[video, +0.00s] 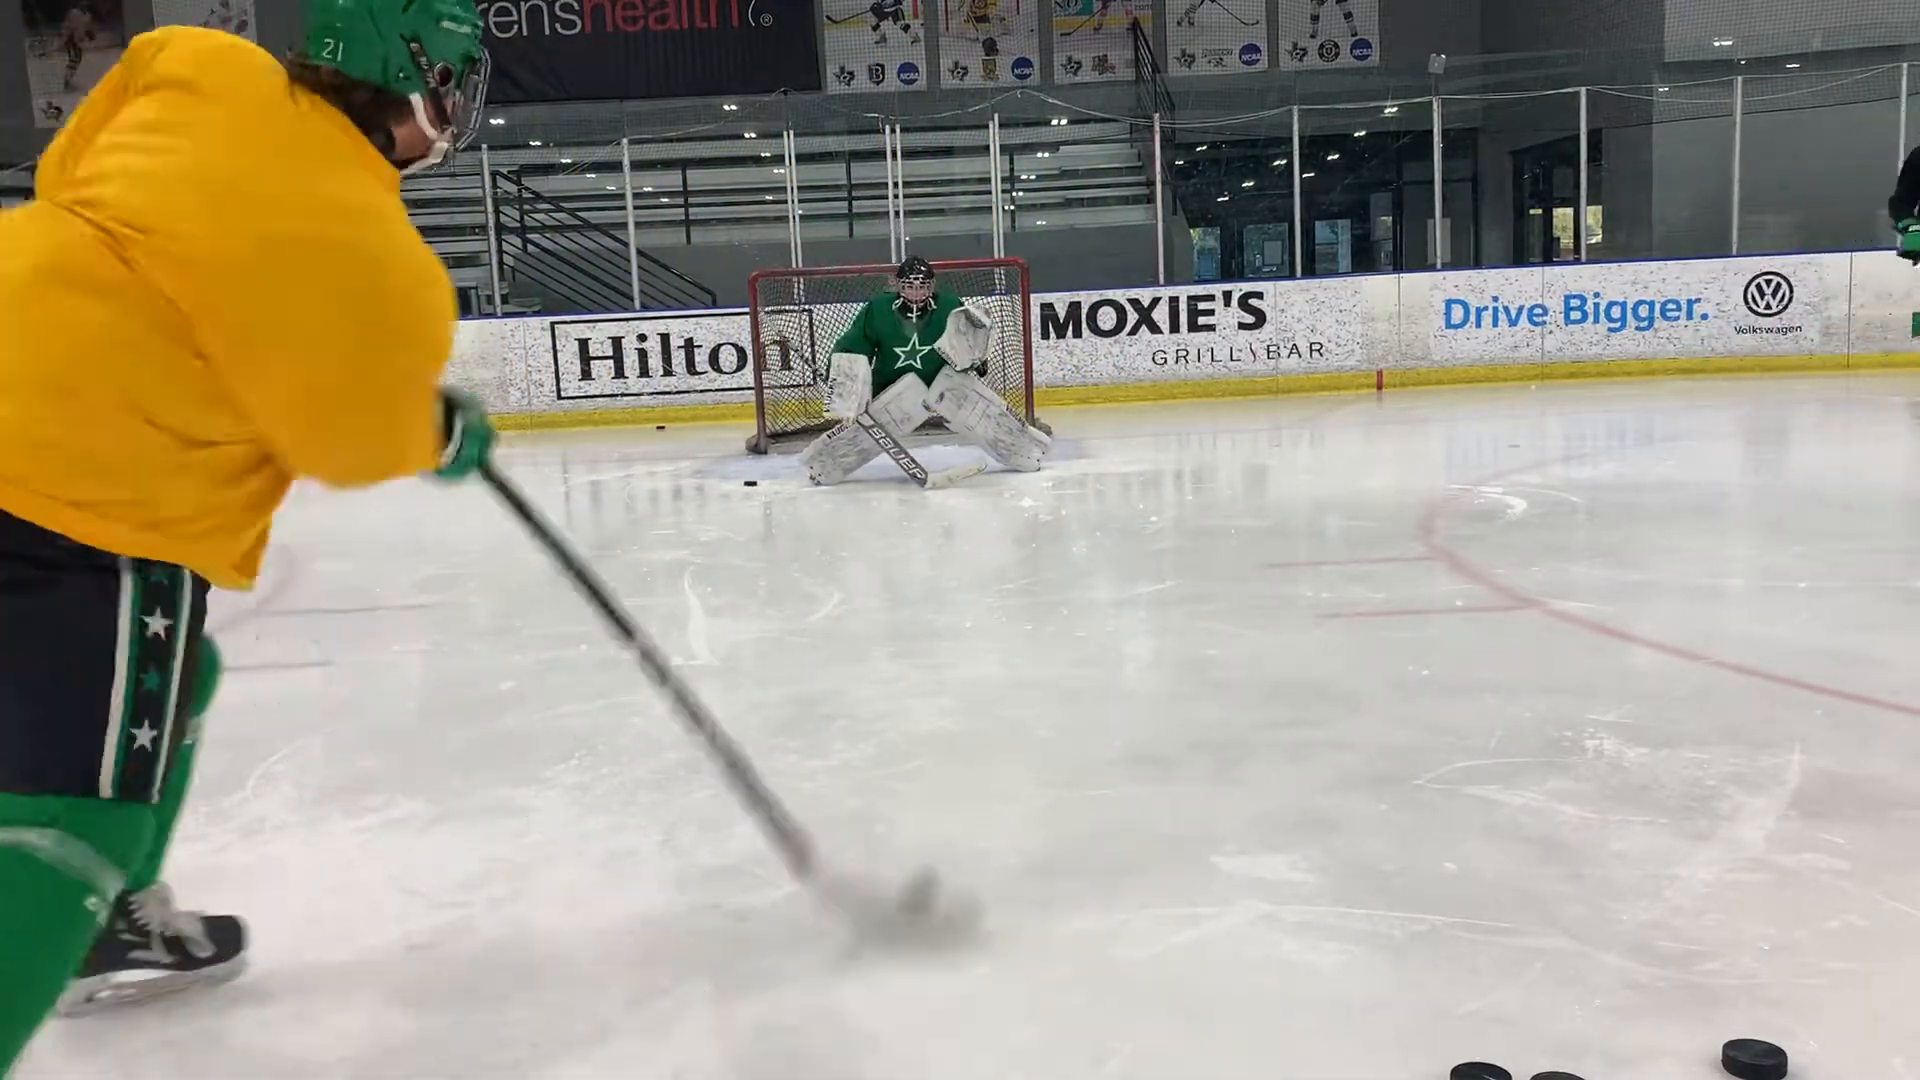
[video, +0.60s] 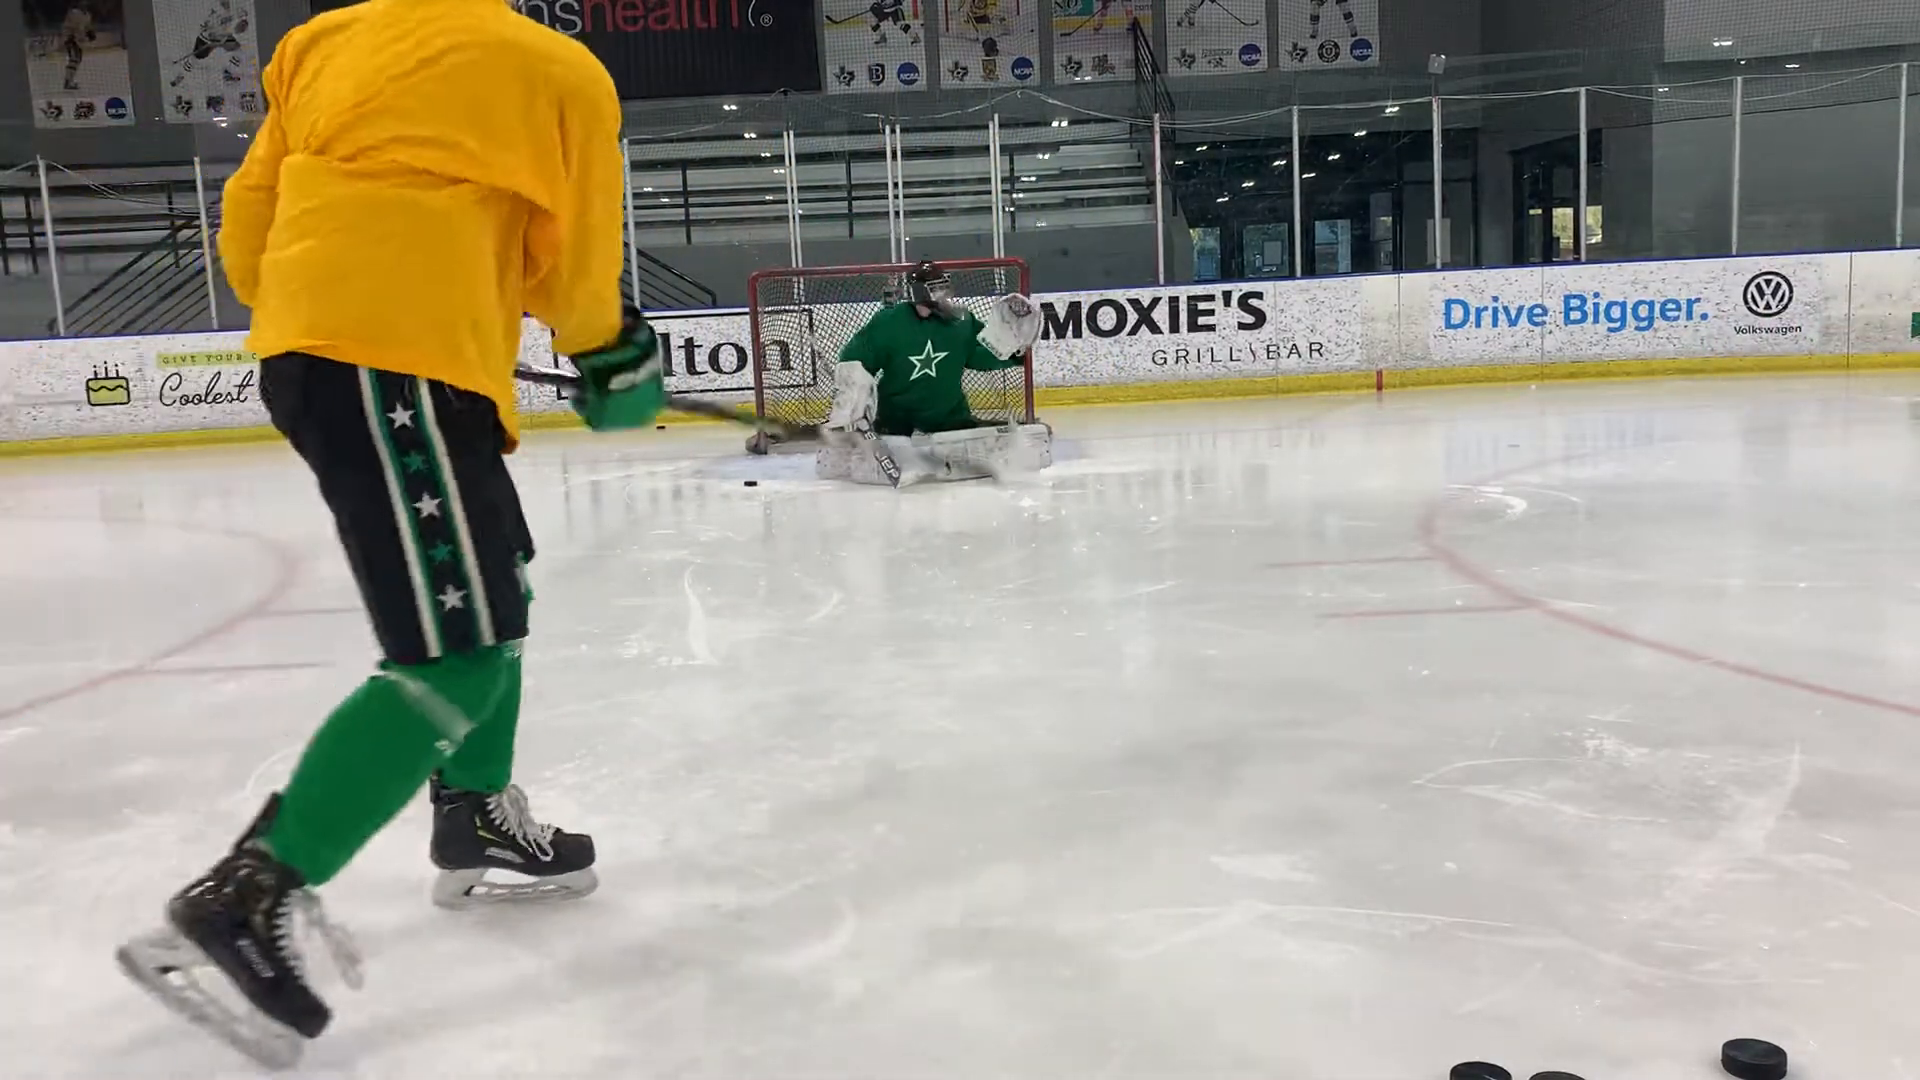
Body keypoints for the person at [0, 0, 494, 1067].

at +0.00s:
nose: (452, 134)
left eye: (461, 107)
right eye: (451, 103)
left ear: (330, 56)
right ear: (405, 92)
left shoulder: (190, 82)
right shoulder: (358, 239)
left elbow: (64, 171)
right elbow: (356, 440)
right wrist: (444, 430)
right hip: (83, 482)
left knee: (164, 676)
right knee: (65, 836)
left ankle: (98, 907)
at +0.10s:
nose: (478, 109)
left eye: (483, 80)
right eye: (475, 78)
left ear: (354, 45)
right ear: (439, 68)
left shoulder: (216, 66)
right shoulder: (457, 211)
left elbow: (78, 186)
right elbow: (404, 344)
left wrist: (80, 309)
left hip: (40, 409)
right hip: (152, 469)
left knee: (267, 651)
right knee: (27, 804)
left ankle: (225, 883)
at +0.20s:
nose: (502, 85)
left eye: (501, 65)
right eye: (496, 63)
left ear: (368, 40)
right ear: (468, 58)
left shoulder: (264, 74)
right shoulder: (471, 151)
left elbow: (116, 208)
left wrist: (164, 332)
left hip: (111, 374)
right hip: (234, 411)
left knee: (314, 636)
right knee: (56, 741)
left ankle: (273, 873)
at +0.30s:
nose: (505, 59)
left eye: (503, 42)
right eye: (499, 40)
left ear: (381, 26)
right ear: (479, 40)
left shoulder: (285, 65)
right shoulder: (489, 121)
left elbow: (161, 233)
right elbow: (557, 187)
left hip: (165, 354)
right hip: (287, 385)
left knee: (350, 614)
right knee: (133, 704)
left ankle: (333, 862)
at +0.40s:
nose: (515, 52)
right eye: (511, 39)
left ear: (391, 18)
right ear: (494, 34)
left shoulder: (294, 54)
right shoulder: (538, 120)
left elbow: (187, 222)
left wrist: (238, 330)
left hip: (213, 349)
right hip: (339, 369)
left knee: (401, 598)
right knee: (229, 692)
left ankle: (388, 842)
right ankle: (11, 919)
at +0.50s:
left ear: (401, 5)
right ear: (502, 14)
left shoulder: (312, 48)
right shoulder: (567, 97)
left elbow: (211, 219)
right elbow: (521, 282)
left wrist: (274, 329)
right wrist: (400, 311)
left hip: (269, 345)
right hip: (379, 357)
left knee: (456, 595)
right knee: (357, 681)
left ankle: (447, 825)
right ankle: (133, 913)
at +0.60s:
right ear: (520, 6)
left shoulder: (335, 40)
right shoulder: (565, 65)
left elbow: (243, 226)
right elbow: (584, 275)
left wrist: (315, 317)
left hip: (307, 345)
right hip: (407, 351)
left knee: (495, 583)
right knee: (454, 659)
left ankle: (476, 811)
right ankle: (249, 891)